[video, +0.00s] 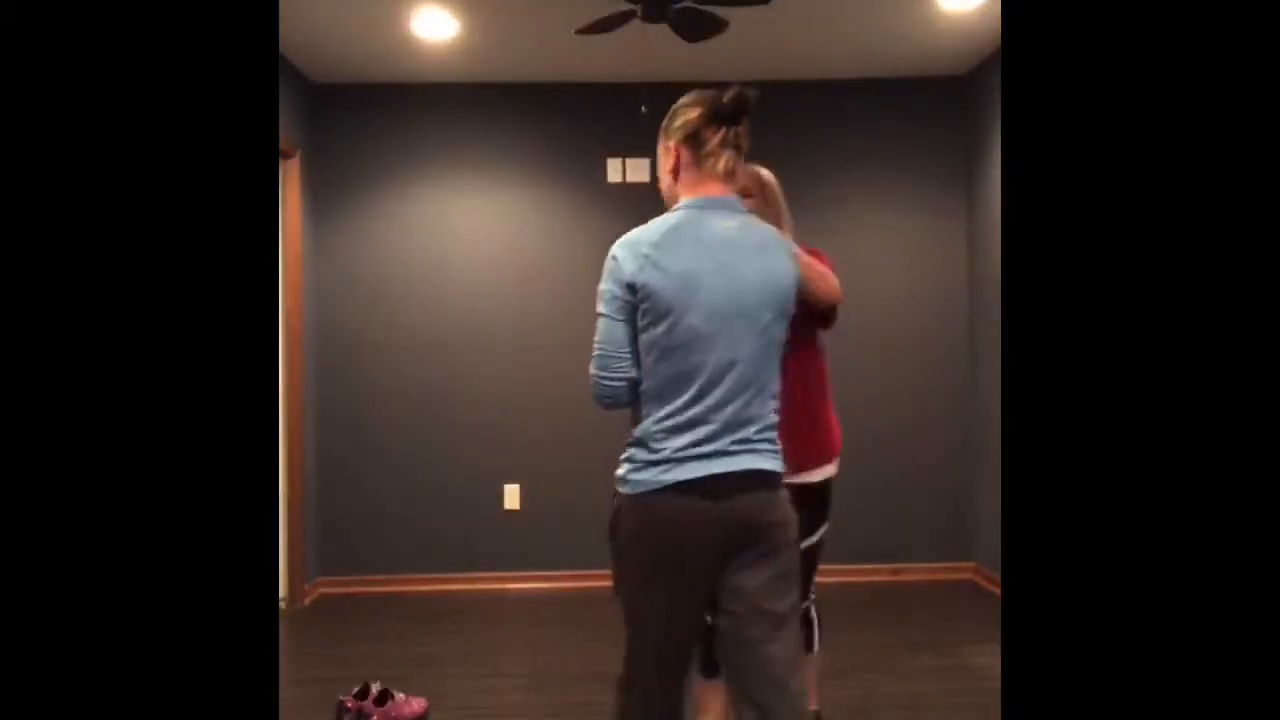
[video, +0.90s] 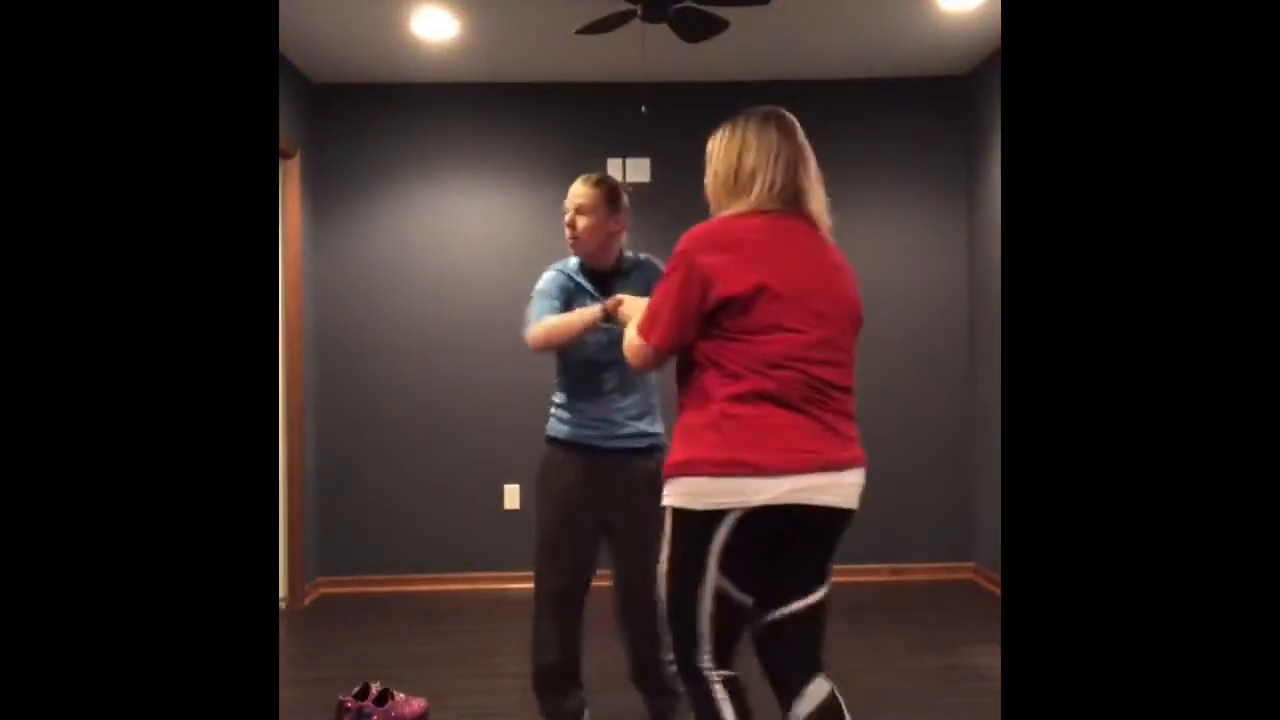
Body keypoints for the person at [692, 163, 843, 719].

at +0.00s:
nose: (737, 217)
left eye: (747, 204)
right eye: (728, 205)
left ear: (770, 210)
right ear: (714, 215)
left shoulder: (800, 263)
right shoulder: (702, 276)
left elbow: (827, 298)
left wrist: (765, 243)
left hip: (798, 467)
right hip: (725, 468)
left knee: (794, 604)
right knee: (717, 613)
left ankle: (805, 705)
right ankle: (713, 708)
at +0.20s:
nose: (733, 222)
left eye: (748, 211)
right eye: (728, 210)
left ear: (784, 217)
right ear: (722, 223)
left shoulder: (808, 275)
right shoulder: (730, 282)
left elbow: (793, 245)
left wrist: (736, 170)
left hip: (813, 470)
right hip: (749, 471)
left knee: (795, 614)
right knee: (764, 618)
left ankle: (806, 705)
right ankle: (803, 705)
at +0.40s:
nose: (717, 205)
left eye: (728, 193)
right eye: (714, 195)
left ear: (766, 201)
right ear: (718, 207)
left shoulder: (806, 271)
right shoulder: (714, 286)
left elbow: (738, 227)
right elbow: (708, 371)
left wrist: (682, 136)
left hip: (801, 481)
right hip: (722, 486)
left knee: (783, 636)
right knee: (765, 641)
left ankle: (840, 708)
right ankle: (800, 711)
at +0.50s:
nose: (712, 188)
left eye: (724, 176)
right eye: (712, 177)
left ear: (763, 186)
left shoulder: (795, 253)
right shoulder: (736, 264)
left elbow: (685, 237)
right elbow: (715, 364)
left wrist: (630, 150)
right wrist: (630, 355)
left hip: (791, 470)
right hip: (731, 474)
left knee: (746, 624)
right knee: (768, 626)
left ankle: (782, 712)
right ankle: (795, 710)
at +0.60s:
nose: (705, 179)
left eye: (717, 166)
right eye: (709, 167)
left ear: (753, 173)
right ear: (761, 176)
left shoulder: (774, 241)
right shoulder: (750, 247)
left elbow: (655, 277)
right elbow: (724, 366)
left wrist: (586, 220)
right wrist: (642, 367)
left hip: (784, 463)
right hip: (749, 463)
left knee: (728, 629)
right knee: (771, 618)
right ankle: (804, 709)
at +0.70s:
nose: (702, 174)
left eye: (712, 162)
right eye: (706, 162)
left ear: (744, 170)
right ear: (772, 172)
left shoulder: (739, 242)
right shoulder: (792, 240)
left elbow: (649, 328)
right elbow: (743, 335)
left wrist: (580, 289)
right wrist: (677, 370)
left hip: (753, 469)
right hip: (808, 462)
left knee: (715, 636)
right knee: (764, 613)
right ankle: (817, 710)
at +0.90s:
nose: (707, 178)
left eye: (713, 166)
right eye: (712, 166)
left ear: (728, 170)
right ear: (801, 170)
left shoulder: (707, 246)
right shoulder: (831, 255)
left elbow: (641, 355)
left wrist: (633, 313)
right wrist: (678, 313)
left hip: (723, 486)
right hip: (825, 485)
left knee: (703, 662)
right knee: (795, 660)